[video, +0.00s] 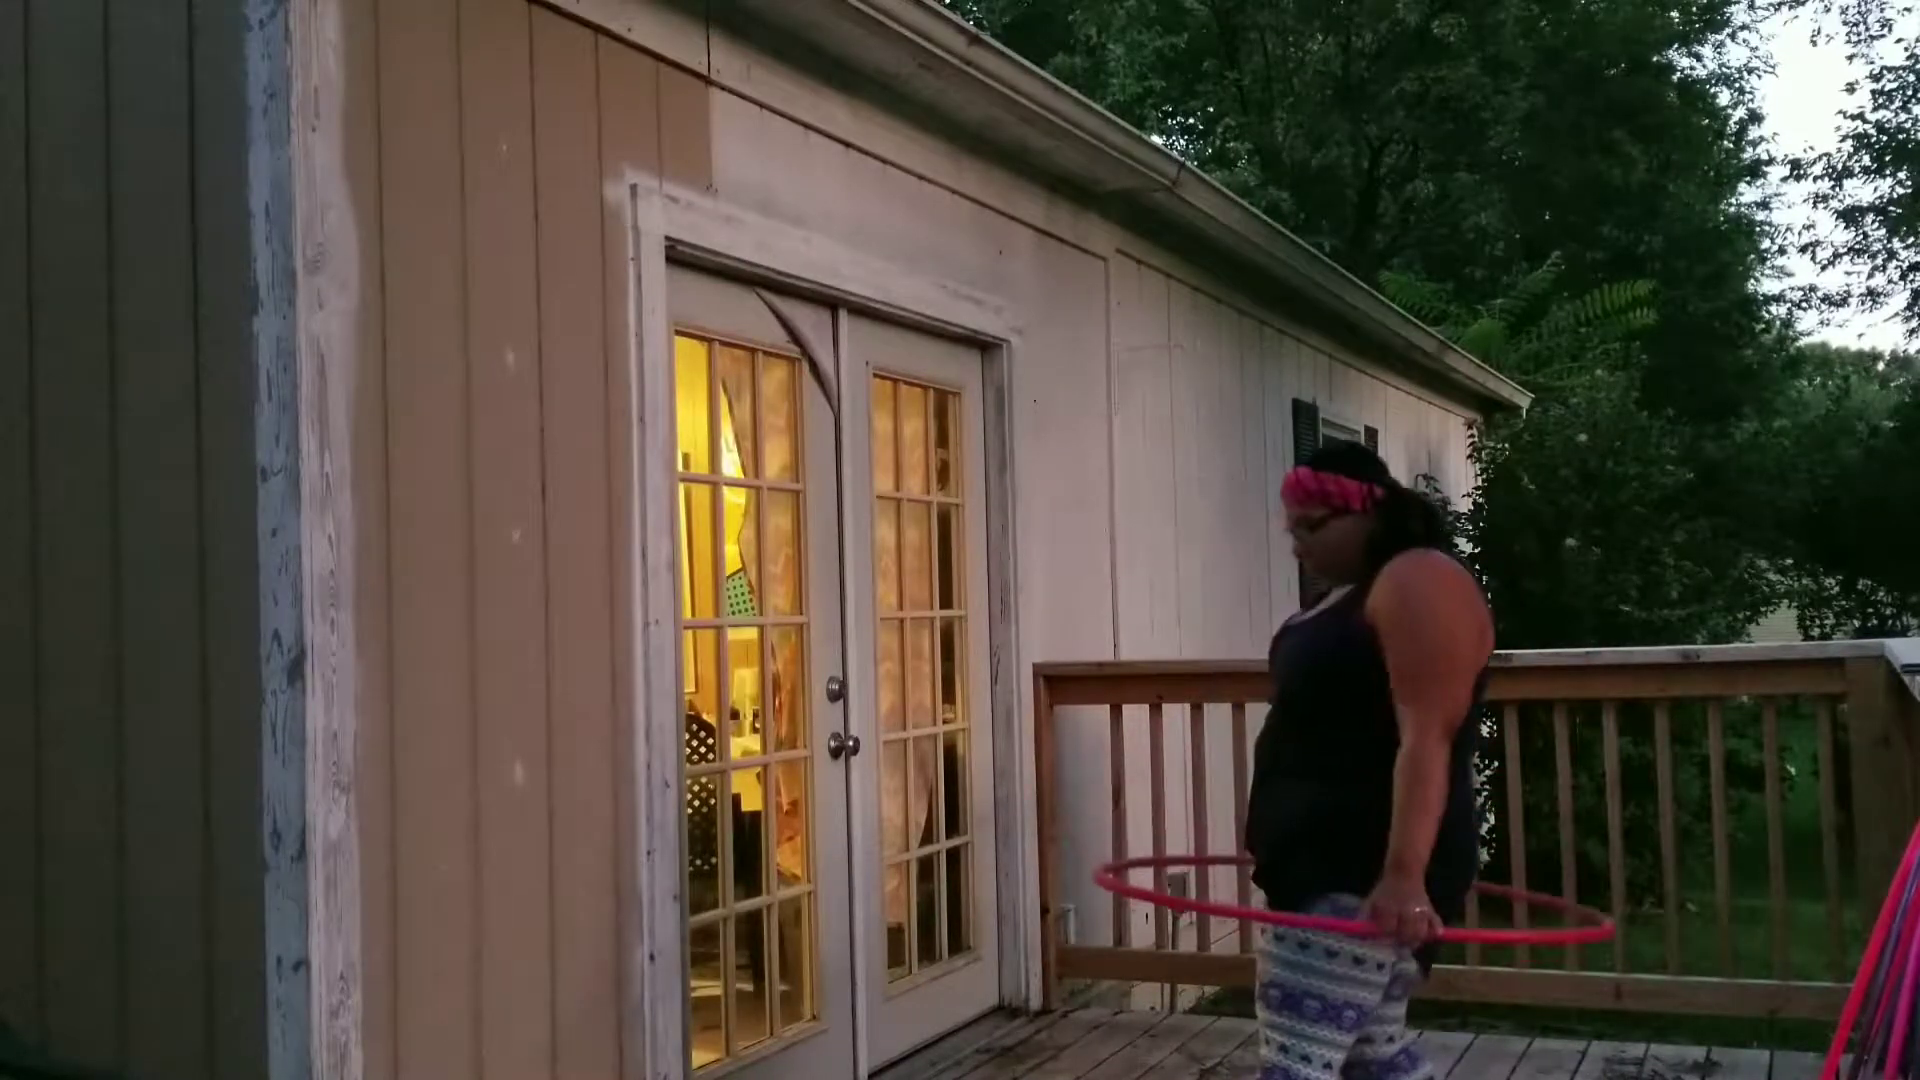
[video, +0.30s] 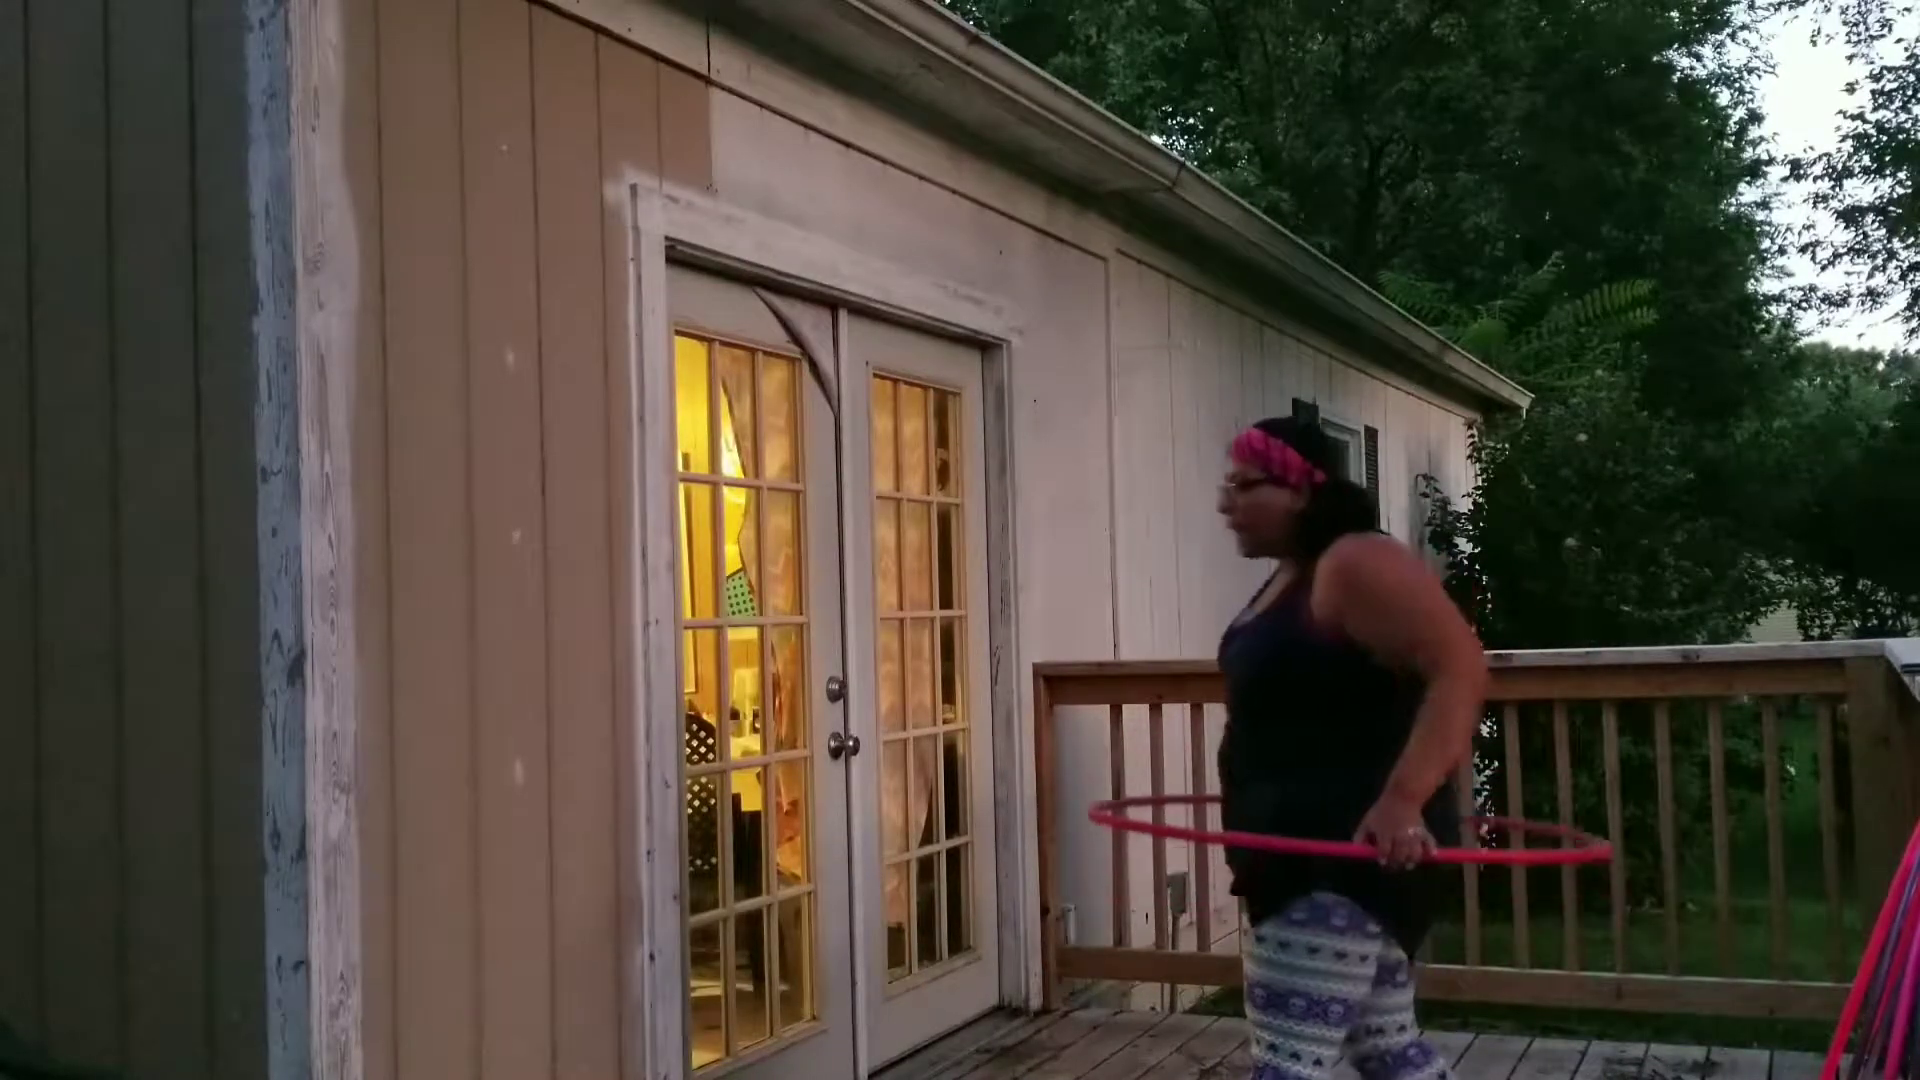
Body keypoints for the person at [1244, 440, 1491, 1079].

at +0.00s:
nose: (1299, 546)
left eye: (1310, 527)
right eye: (1294, 531)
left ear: (1365, 512)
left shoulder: (1421, 580)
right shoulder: (1346, 596)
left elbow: (1427, 737)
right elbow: (1318, 734)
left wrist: (1404, 874)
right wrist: (1274, 836)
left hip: (1354, 880)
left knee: (1297, 1061)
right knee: (1377, 1055)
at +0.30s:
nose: (1225, 502)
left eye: (1241, 486)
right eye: (1227, 486)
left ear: (1299, 492)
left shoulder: (1357, 563)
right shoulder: (1285, 583)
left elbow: (1462, 666)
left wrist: (1403, 798)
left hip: (1338, 871)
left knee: (1292, 1064)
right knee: (1389, 1050)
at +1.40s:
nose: (1327, 482)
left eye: (1346, 468)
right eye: (1329, 468)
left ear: (1400, 485)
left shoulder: (1428, 587)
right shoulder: (1349, 585)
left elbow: (1416, 737)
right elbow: (1320, 737)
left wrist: (1409, 883)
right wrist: (1269, 864)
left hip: (1341, 877)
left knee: (1285, 1063)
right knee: (1383, 1052)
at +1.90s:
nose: (1393, 451)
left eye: (1418, 451)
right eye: (1404, 444)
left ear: (1451, 495)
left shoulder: (1446, 577)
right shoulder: (1376, 574)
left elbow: (1466, 717)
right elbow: (1344, 713)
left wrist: (1382, 802)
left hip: (1335, 861)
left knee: (1282, 1060)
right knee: (1383, 1052)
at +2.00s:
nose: (1387, 447)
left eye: (1413, 448)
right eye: (1398, 441)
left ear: (1446, 492)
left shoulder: (1444, 569)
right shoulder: (1376, 570)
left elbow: (1475, 708)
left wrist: (1378, 741)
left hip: (1340, 861)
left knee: (1282, 1059)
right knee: (1382, 1051)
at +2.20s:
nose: (1380, 442)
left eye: (1404, 442)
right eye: (1388, 436)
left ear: (1436, 486)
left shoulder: (1440, 561)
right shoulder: (1368, 566)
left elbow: (1487, 696)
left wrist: (1412, 638)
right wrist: (1271, 659)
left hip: (1336, 853)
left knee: (1279, 1057)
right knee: (1383, 1046)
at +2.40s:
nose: (1367, 444)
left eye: (1390, 441)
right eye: (1376, 436)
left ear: (1424, 483)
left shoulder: (1433, 560)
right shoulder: (1350, 565)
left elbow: (1466, 701)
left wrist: (1413, 614)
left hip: (1333, 848)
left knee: (1277, 1059)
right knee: (1387, 1045)